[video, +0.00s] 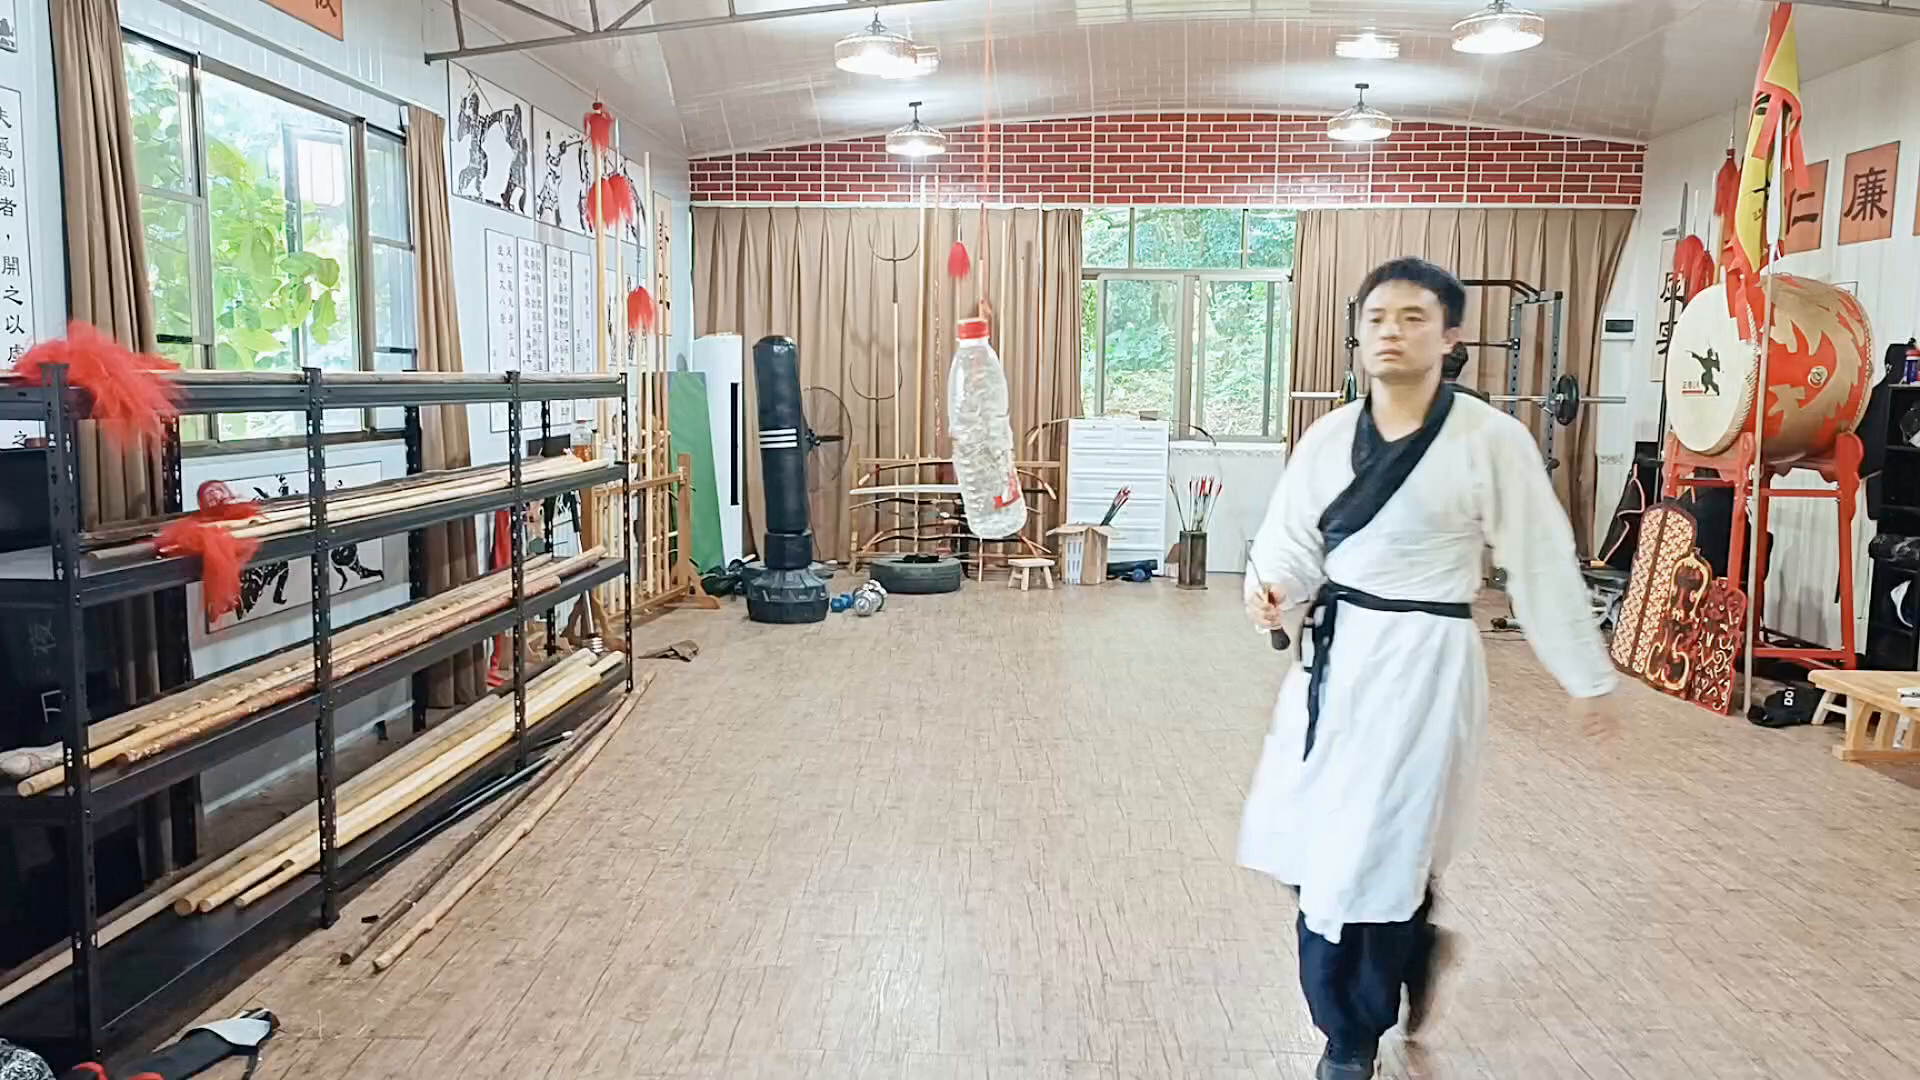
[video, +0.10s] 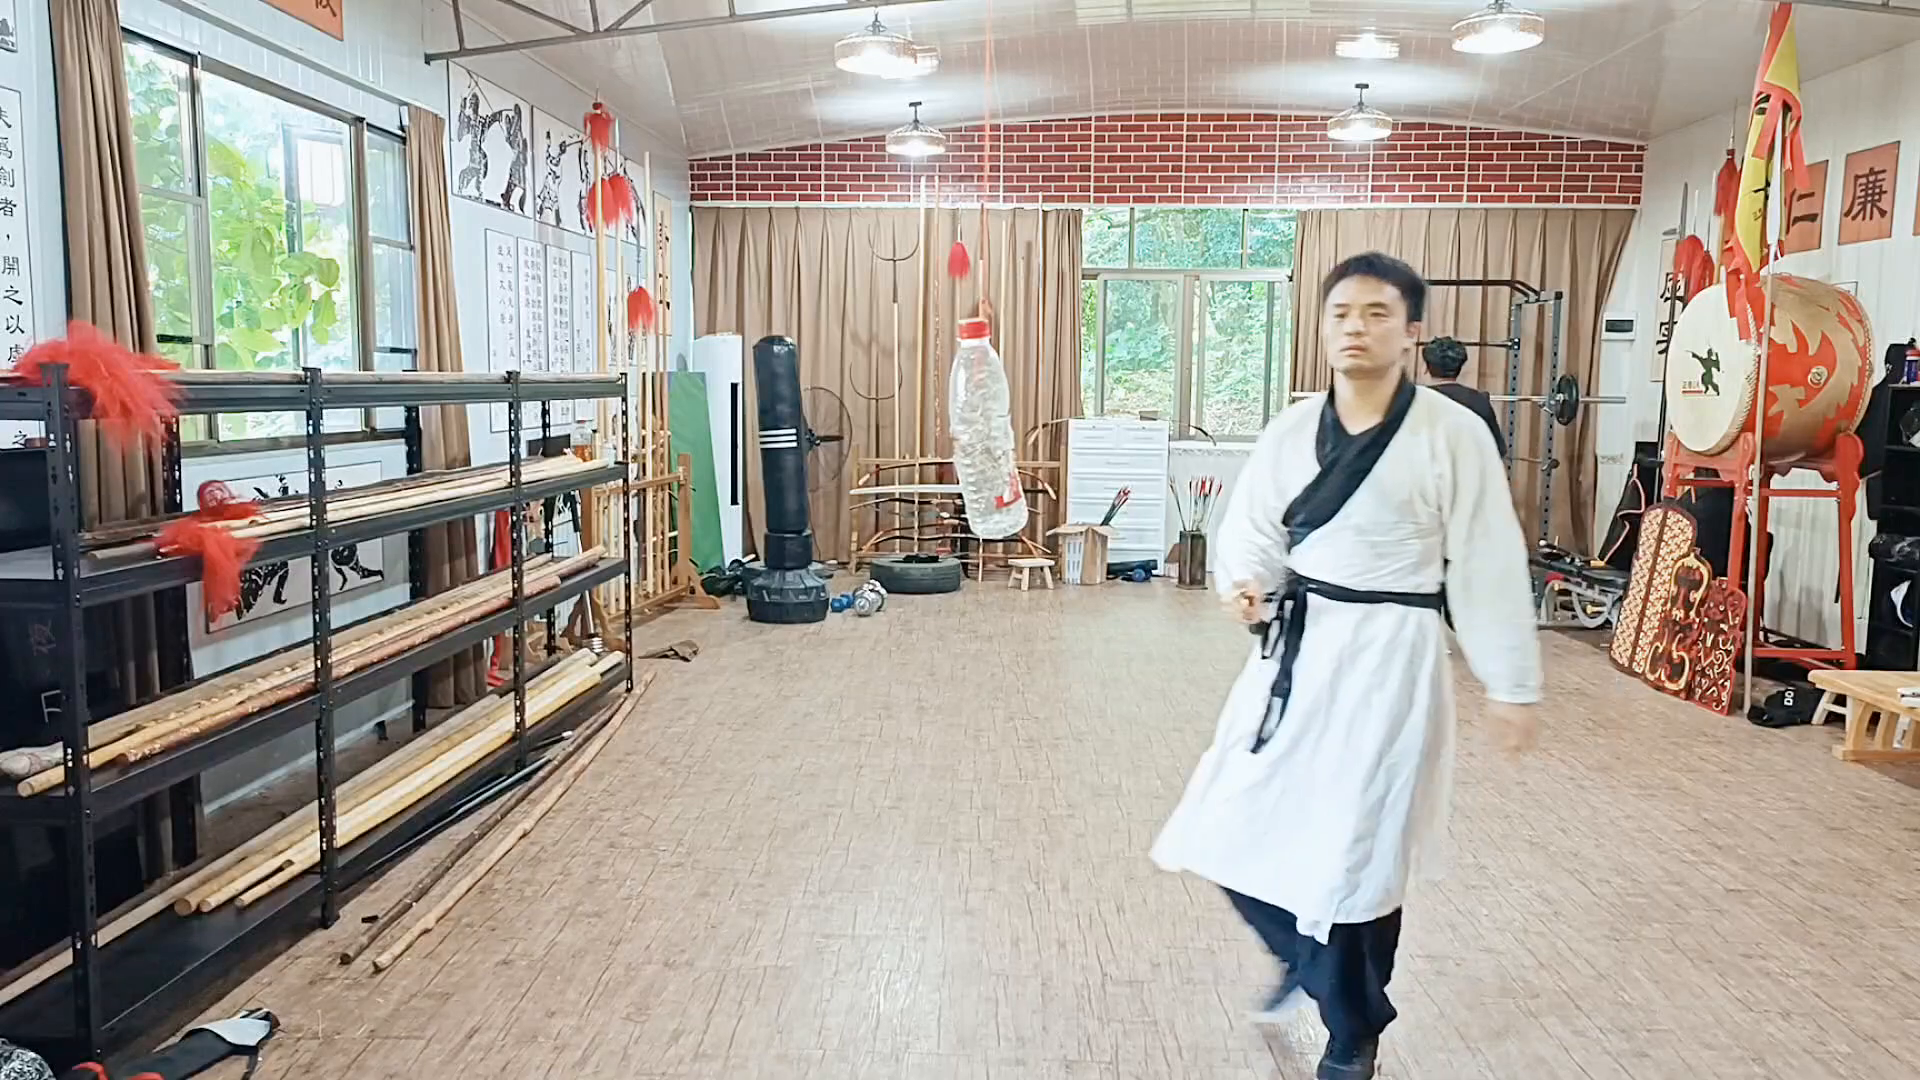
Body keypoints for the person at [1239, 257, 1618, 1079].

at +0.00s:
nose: (1389, 333)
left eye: (1412, 318)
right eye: (1376, 318)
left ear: (1450, 338)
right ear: (1357, 336)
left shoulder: (1492, 440)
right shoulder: (1328, 436)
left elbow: (1543, 564)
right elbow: (1289, 539)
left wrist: (1588, 677)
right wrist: (1273, 584)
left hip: (1423, 655)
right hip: (1333, 648)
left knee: (1358, 856)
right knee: (1309, 836)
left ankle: (1349, 1045)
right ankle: (1416, 944)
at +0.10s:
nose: (1356, 328)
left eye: (1378, 313)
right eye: (1342, 313)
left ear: (1414, 331)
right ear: (1323, 330)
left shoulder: (1453, 434)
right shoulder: (1293, 427)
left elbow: (1491, 564)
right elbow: (1246, 526)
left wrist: (1512, 686)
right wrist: (1246, 579)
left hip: (1390, 655)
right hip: (1294, 646)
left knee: (1354, 857)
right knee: (1224, 832)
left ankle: (1350, 1044)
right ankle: (1303, 954)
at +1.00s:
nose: (1114, 337)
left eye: (1127, 321)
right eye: (1097, 325)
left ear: (1145, 332)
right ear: (1069, 339)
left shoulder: (1170, 428)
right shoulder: (1042, 433)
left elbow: (1207, 538)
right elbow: (1001, 533)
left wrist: (1260, 616)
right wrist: (1035, 571)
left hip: (1141, 626)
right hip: (1067, 627)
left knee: (1114, 782)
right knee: (1050, 796)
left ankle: (1089, 932)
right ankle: (1056, 979)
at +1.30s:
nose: (1117, 348)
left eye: (1130, 333)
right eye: (1100, 333)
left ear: (1145, 341)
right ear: (1068, 342)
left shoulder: (1154, 427)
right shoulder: (1037, 429)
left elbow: (1181, 536)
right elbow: (999, 538)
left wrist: (1227, 612)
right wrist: (1033, 575)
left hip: (1133, 622)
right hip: (1056, 628)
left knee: (1121, 777)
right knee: (1050, 795)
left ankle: (1094, 931)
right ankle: (1048, 985)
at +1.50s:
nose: (1114, 357)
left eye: (1126, 342)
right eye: (1096, 343)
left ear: (1142, 348)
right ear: (1064, 351)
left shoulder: (1152, 427)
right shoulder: (1037, 436)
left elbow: (1174, 534)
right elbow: (997, 544)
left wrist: (1204, 614)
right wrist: (1035, 591)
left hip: (1135, 629)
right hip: (1063, 636)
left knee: (1125, 786)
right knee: (1063, 805)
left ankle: (1093, 929)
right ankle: (1047, 985)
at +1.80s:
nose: (1120, 366)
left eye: (1133, 350)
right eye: (1101, 352)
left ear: (1150, 357)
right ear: (1067, 360)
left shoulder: (1146, 437)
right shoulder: (1041, 445)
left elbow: (1162, 534)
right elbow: (986, 551)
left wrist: (1183, 610)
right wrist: (1036, 575)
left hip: (1129, 652)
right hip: (1057, 660)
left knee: (1118, 802)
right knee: (1048, 839)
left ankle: (1097, 937)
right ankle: (1038, 1047)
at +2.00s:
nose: (1113, 398)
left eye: (1127, 380)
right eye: (1091, 380)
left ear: (1141, 389)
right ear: (1052, 391)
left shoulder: (1108, 459)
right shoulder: (1044, 462)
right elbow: (1042, 493)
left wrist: (1120, 696)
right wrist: (1070, 486)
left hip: (1103, 685)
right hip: (1045, 698)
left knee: (1107, 818)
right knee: (1040, 886)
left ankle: (1098, 928)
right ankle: (1038, 1058)